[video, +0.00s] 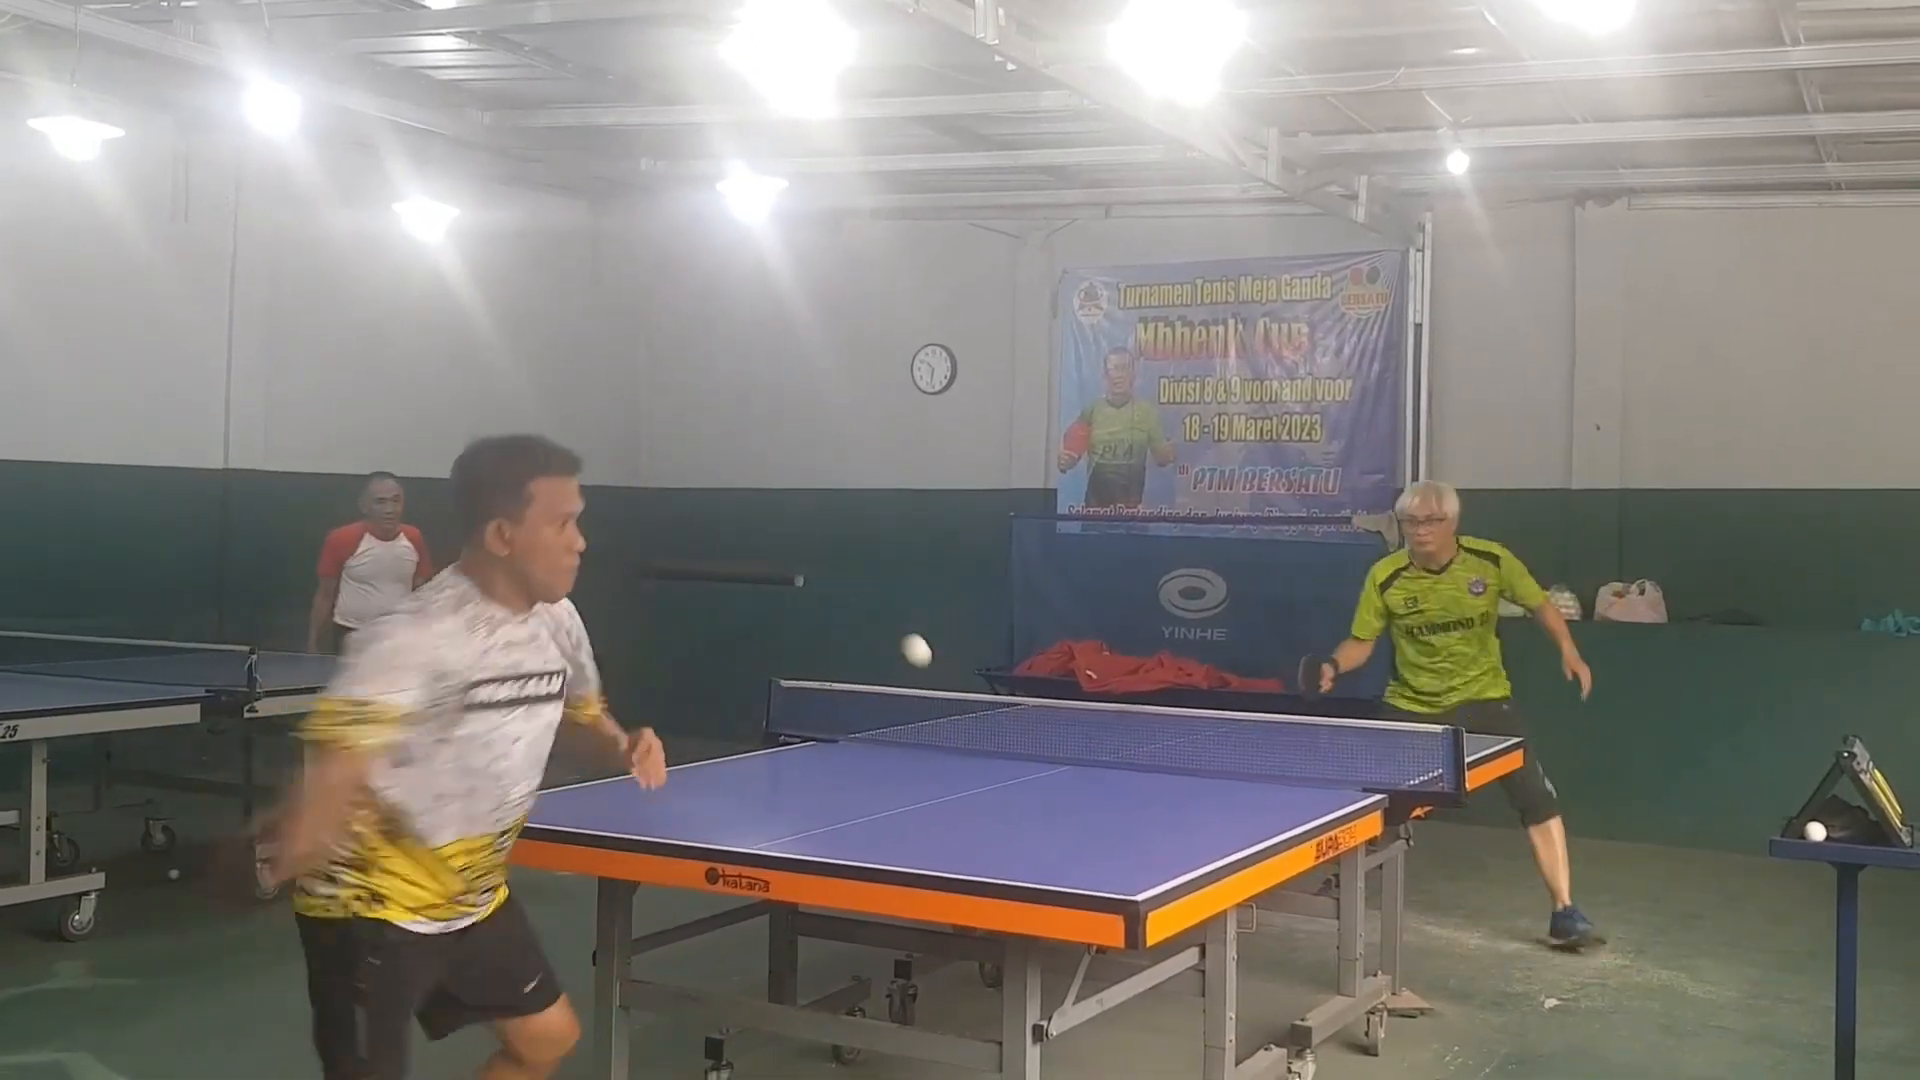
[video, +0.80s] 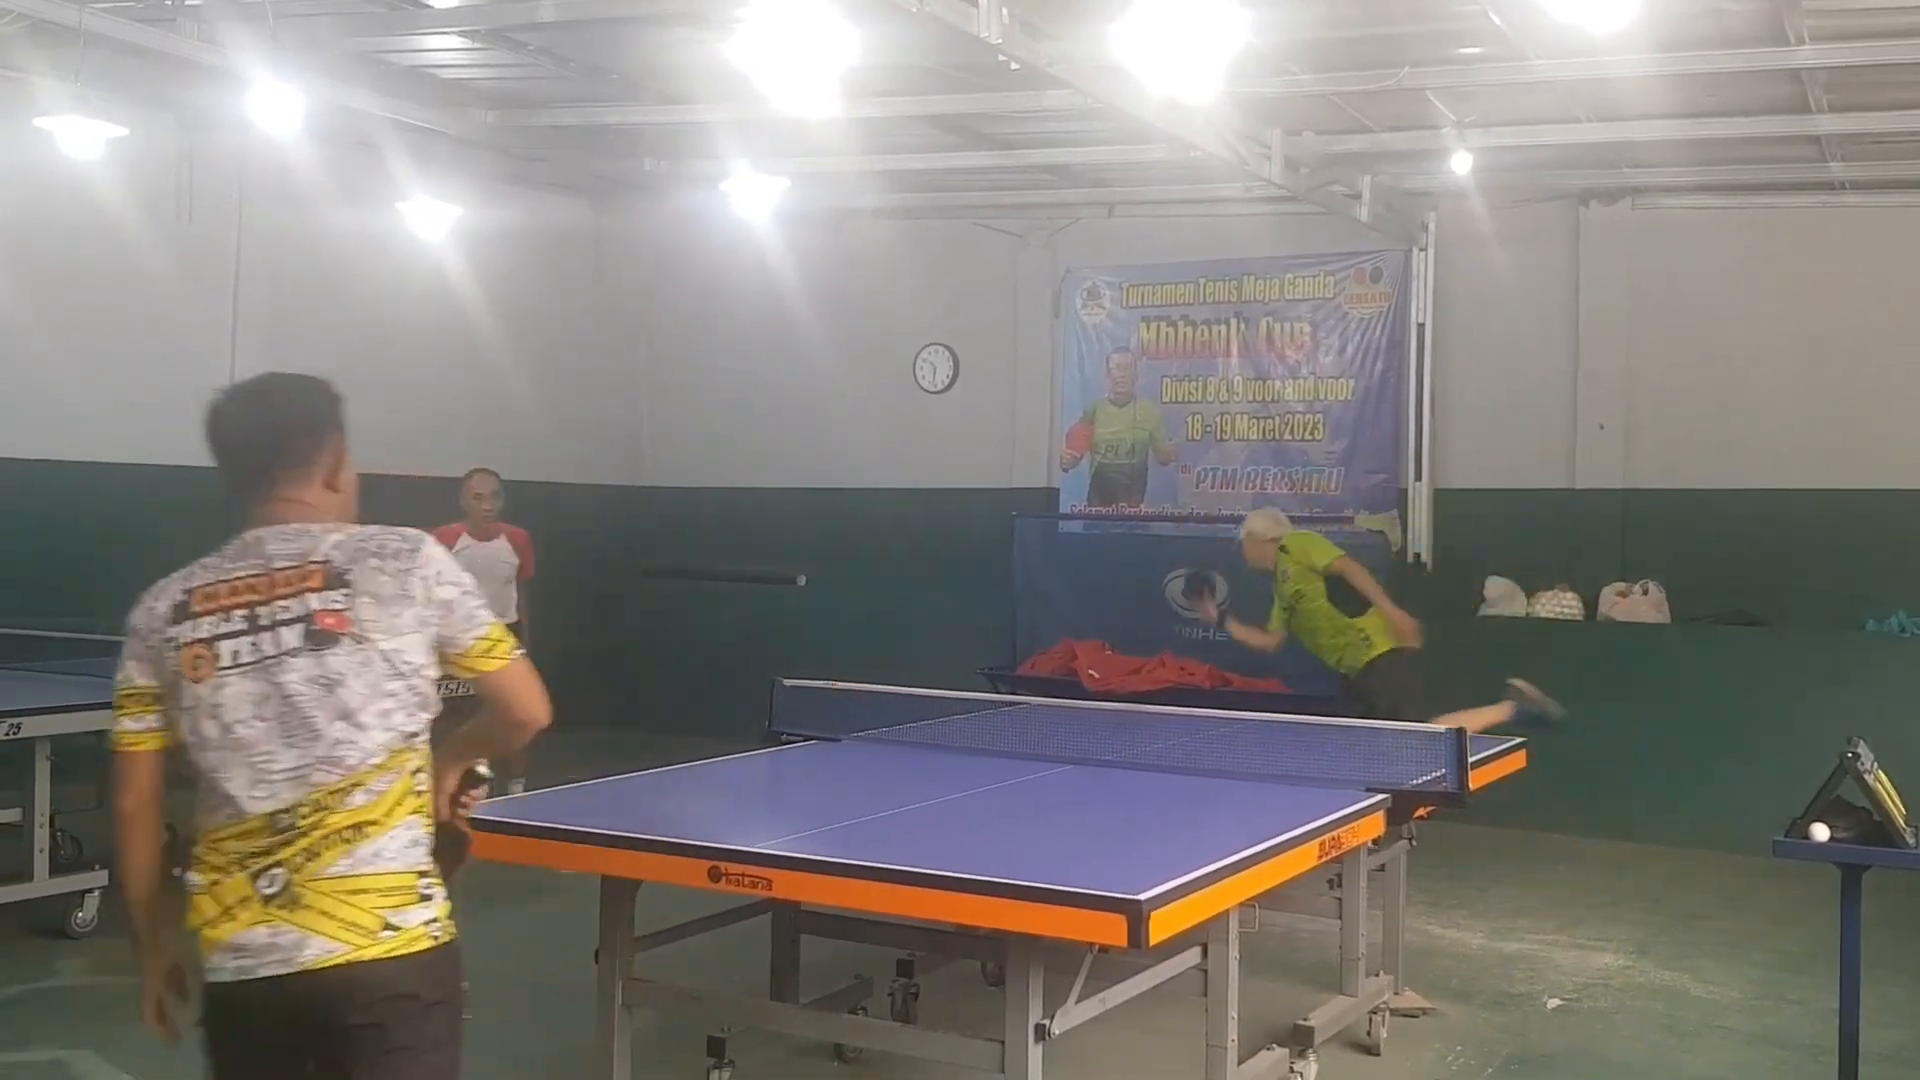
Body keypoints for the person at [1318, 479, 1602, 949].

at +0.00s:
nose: (1420, 531)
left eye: (1431, 522)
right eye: (1411, 522)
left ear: (1454, 524)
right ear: (1401, 526)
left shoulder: (1491, 561)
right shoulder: (1384, 576)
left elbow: (1540, 605)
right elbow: (1360, 641)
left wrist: (1568, 648)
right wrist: (1333, 666)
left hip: (1483, 699)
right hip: (1409, 702)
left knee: (1535, 792)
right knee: (1362, 781)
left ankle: (1564, 908)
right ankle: (1345, 871)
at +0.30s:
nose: (1398, 514)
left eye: (1408, 505)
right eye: (1395, 506)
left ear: (1439, 506)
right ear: (1395, 510)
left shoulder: (1483, 541)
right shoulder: (1395, 561)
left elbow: (1536, 583)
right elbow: (1383, 624)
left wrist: (1545, 592)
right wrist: (1333, 650)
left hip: (1492, 692)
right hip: (1423, 691)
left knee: (1531, 788)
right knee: (1374, 765)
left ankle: (1552, 874)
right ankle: (1358, 859)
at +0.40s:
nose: (1360, 501)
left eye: (1369, 492)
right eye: (1361, 493)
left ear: (1398, 496)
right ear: (1376, 500)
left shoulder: (1449, 528)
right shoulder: (1367, 557)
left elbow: (1511, 557)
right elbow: (1323, 601)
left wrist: (1551, 586)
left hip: (1487, 678)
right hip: (1422, 680)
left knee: (1526, 779)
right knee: (1375, 755)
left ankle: (1554, 872)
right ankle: (1372, 849)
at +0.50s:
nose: (1319, 506)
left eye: (1329, 497)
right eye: (1319, 498)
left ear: (1360, 503)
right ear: (1326, 508)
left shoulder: (1401, 527)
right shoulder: (1322, 555)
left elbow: (1472, 545)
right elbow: (1263, 559)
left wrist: (1528, 578)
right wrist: (1212, 557)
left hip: (1467, 658)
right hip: (1412, 668)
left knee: (1522, 745)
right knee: (1374, 749)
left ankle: (1577, 841)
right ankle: (1371, 839)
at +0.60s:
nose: (1288, 529)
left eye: (1296, 521)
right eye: (1289, 521)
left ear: (1323, 523)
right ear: (1304, 529)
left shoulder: (1365, 539)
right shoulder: (1298, 569)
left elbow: (1431, 553)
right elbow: (1245, 558)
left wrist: (1489, 578)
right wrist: (1197, 529)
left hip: (1432, 666)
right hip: (1387, 684)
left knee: (1500, 736)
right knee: (1376, 767)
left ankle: (1611, 783)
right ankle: (1360, 850)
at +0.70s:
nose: (1265, 554)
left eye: (1268, 544)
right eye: (1265, 546)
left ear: (1292, 539)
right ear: (1287, 544)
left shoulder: (1327, 550)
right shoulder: (1289, 588)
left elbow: (1388, 567)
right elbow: (1240, 600)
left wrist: (1449, 599)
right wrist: (1207, 556)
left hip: (1408, 665)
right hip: (1371, 683)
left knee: (1478, 735)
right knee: (1344, 754)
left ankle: (1581, 719)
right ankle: (1353, 846)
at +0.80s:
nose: (1244, 551)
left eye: (1247, 542)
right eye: (1243, 544)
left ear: (1265, 537)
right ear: (1265, 543)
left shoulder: (1298, 545)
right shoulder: (1283, 585)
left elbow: (1351, 570)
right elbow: (1269, 641)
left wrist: (1392, 613)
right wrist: (1218, 619)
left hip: (1381, 653)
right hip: (1358, 674)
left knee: (1417, 736)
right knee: (1366, 749)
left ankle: (1512, 705)